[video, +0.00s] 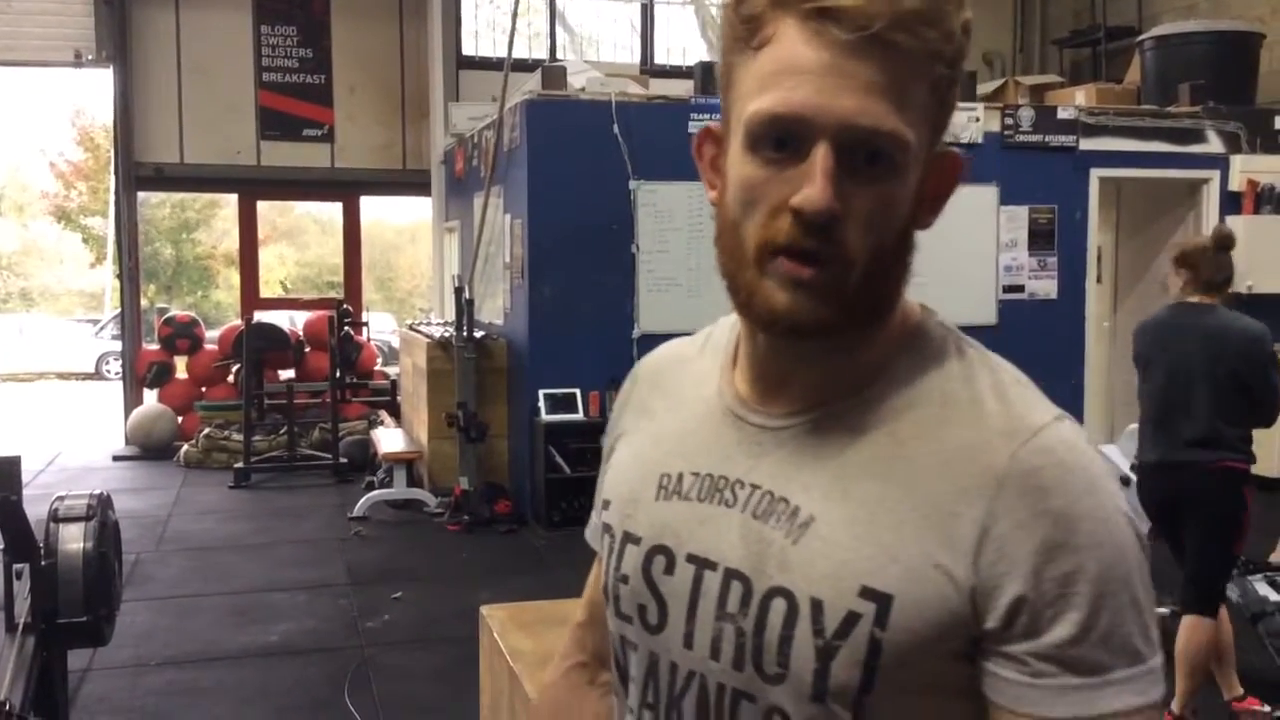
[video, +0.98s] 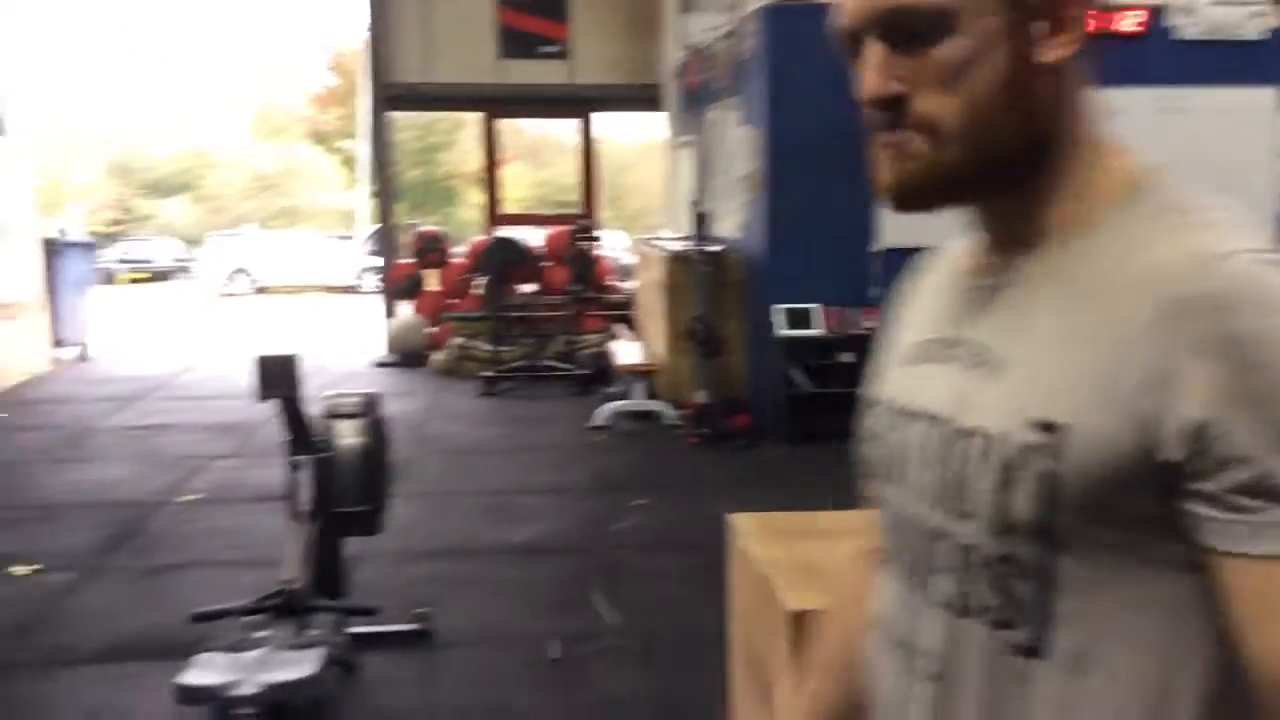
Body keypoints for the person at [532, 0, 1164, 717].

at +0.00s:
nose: (817, 199)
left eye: (868, 158)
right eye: (780, 144)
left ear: (932, 192)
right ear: (714, 164)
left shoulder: (1039, 487)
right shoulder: (655, 392)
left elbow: (1097, 700)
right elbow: (592, 658)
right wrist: (571, 674)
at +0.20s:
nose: (769, 188)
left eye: (818, 147)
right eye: (733, 135)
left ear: (881, 179)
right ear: (672, 156)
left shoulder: (984, 451)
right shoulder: (620, 382)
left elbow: (1054, 691)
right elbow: (556, 659)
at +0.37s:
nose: (729, 174)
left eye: (775, 134)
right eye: (693, 127)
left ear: (842, 161)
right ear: (638, 152)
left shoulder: (945, 425)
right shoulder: (597, 374)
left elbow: (1008, 700)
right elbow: (536, 658)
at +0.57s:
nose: (704, 153)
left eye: (747, 111)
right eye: (667, 110)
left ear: (814, 144)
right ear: (616, 143)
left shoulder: (927, 404)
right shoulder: (594, 362)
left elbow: (1014, 712)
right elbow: (544, 635)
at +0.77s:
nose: (752, 112)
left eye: (797, 70)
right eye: (715, 74)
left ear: (875, 99)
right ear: (672, 111)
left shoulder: (1010, 353)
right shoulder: (687, 332)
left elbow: (1134, 682)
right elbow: (645, 594)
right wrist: (595, 706)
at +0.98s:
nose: (871, 87)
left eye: (918, 35)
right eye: (855, 47)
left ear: (1054, 28)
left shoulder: (1219, 298)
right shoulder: (930, 283)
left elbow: (1266, 664)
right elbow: (904, 575)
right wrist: (810, 703)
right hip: (909, 705)